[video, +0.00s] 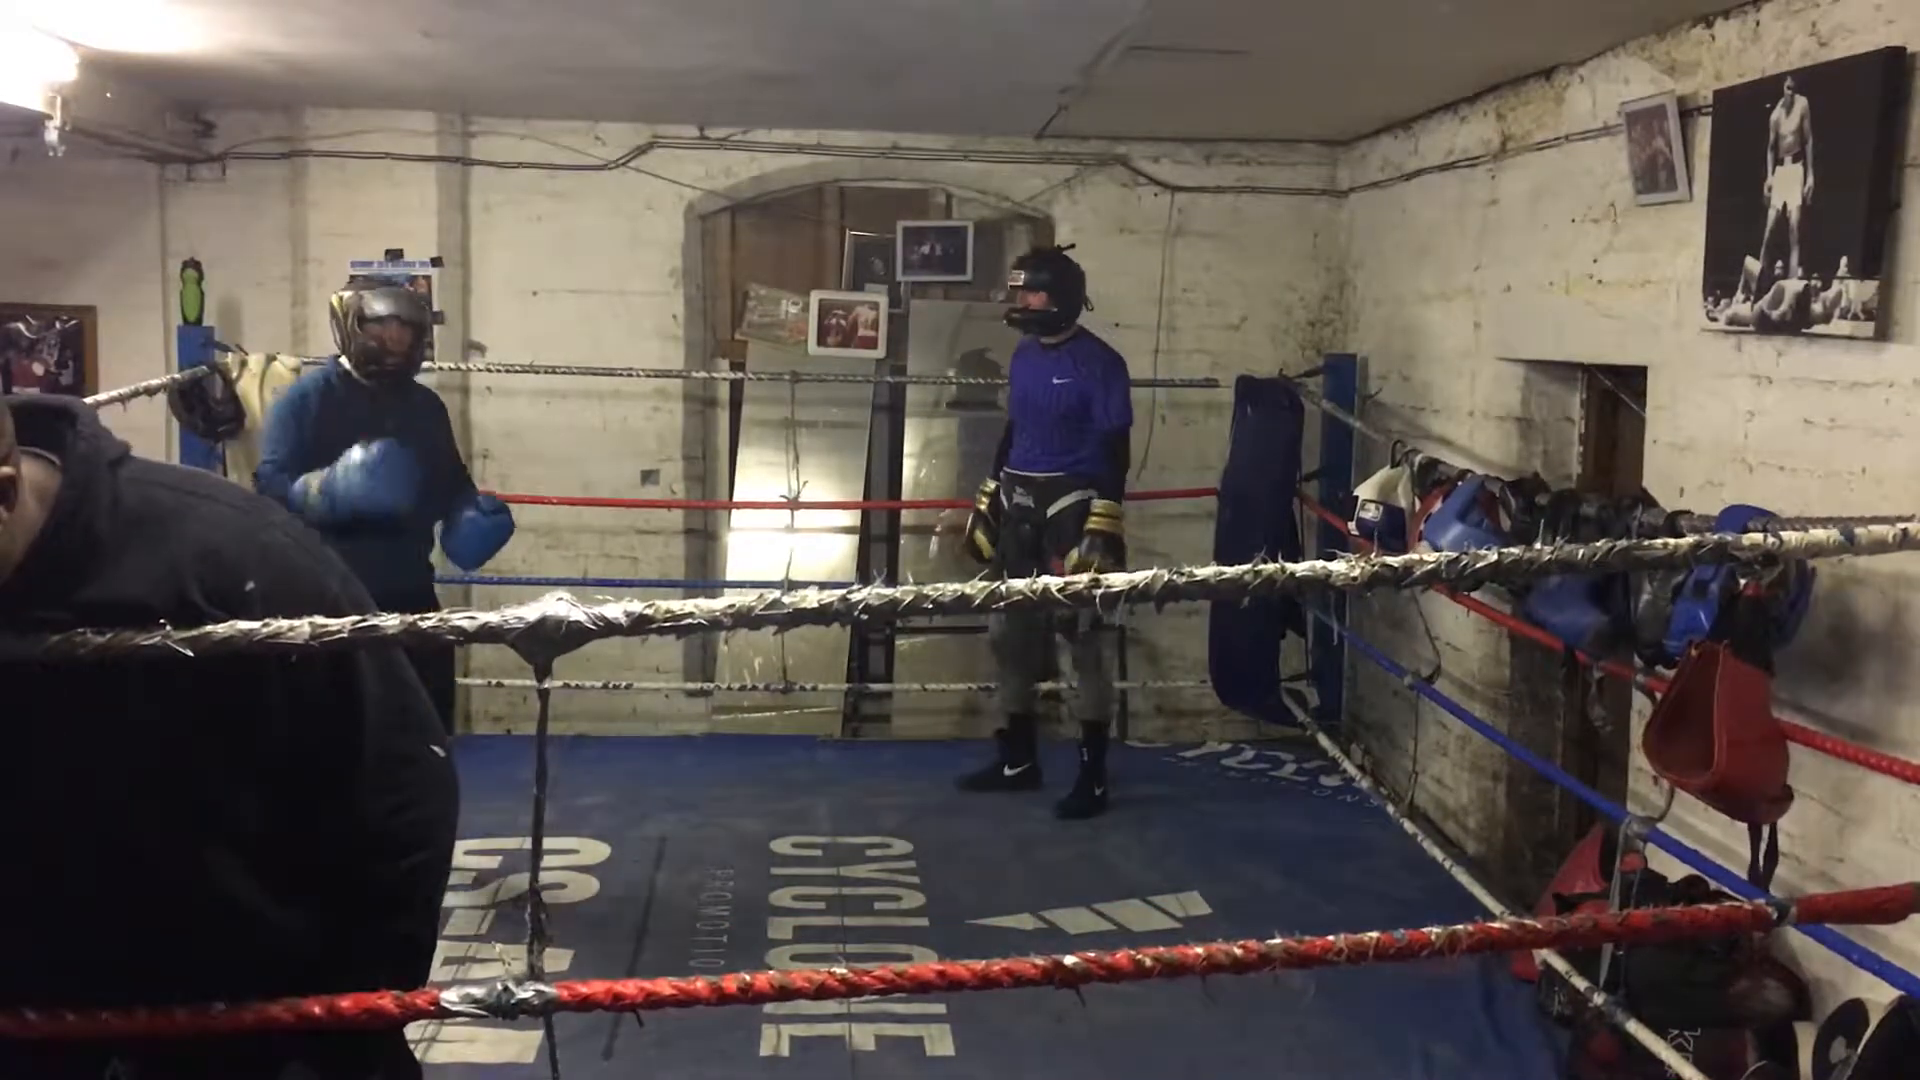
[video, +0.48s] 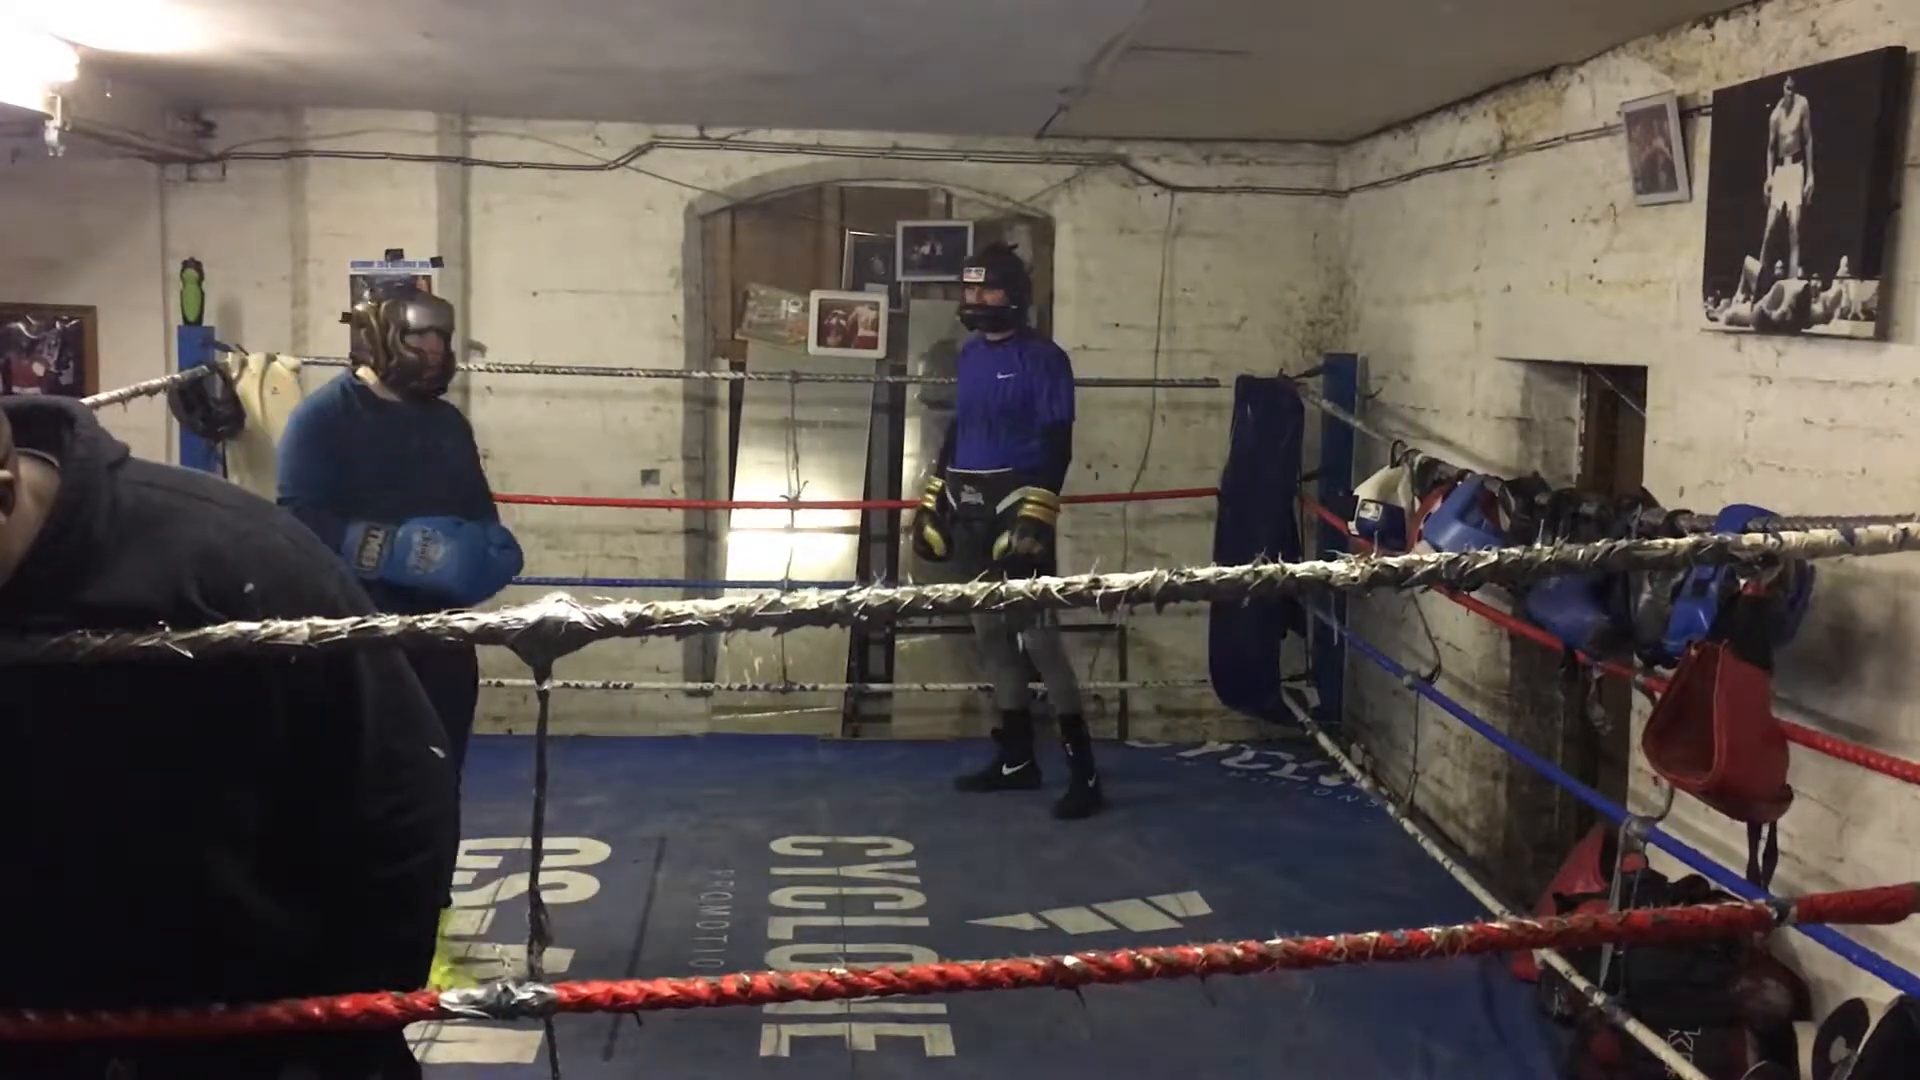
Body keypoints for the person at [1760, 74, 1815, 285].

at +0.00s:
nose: (1788, 92)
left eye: (1792, 89)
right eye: (1787, 88)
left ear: (1796, 90)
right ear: (1783, 88)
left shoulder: (1801, 104)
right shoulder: (1775, 114)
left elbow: (1809, 138)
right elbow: (1771, 146)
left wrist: (1810, 175)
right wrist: (1769, 175)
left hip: (1797, 163)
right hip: (1779, 165)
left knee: (1794, 221)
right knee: (1770, 222)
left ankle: (1793, 271)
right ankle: (1761, 270)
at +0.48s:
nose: (1788, 93)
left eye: (1791, 89)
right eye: (1787, 89)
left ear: (1795, 90)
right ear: (1782, 89)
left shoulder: (1801, 104)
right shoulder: (1775, 115)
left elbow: (1808, 139)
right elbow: (1771, 146)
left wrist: (1810, 175)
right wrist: (1769, 175)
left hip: (1797, 163)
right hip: (1779, 165)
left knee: (1794, 222)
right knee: (1771, 222)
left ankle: (1794, 270)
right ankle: (1761, 269)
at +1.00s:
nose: (1789, 92)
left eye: (1792, 89)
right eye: (1787, 89)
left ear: (1796, 90)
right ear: (1783, 89)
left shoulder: (1802, 104)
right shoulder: (1776, 115)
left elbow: (1808, 139)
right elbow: (1771, 146)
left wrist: (1810, 174)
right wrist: (1769, 175)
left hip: (1797, 164)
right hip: (1780, 165)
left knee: (1794, 221)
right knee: (1771, 221)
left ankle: (1795, 268)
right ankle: (1762, 269)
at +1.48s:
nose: (1788, 92)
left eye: (1791, 89)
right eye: (1787, 88)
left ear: (1796, 90)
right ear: (1783, 89)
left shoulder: (1801, 105)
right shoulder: (1776, 114)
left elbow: (1808, 139)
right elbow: (1771, 146)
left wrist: (1810, 175)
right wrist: (1769, 175)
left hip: (1797, 164)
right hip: (1780, 165)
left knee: (1794, 221)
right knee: (1771, 221)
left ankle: (1794, 269)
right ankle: (1762, 268)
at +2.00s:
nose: (1788, 92)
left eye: (1791, 89)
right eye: (1787, 88)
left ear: (1796, 90)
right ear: (1783, 89)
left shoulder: (1801, 105)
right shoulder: (1775, 114)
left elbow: (1808, 139)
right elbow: (1771, 146)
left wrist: (1810, 175)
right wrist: (1769, 175)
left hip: (1797, 164)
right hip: (1779, 165)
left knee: (1794, 221)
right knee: (1770, 221)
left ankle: (1794, 269)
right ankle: (1762, 268)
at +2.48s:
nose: (1788, 92)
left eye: (1791, 89)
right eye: (1787, 88)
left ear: (1796, 90)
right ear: (1783, 89)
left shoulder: (1801, 104)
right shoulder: (1775, 114)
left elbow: (1808, 139)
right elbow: (1771, 146)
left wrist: (1810, 174)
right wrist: (1769, 175)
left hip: (1797, 163)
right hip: (1779, 165)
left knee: (1794, 220)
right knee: (1771, 220)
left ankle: (1794, 268)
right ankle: (1762, 268)